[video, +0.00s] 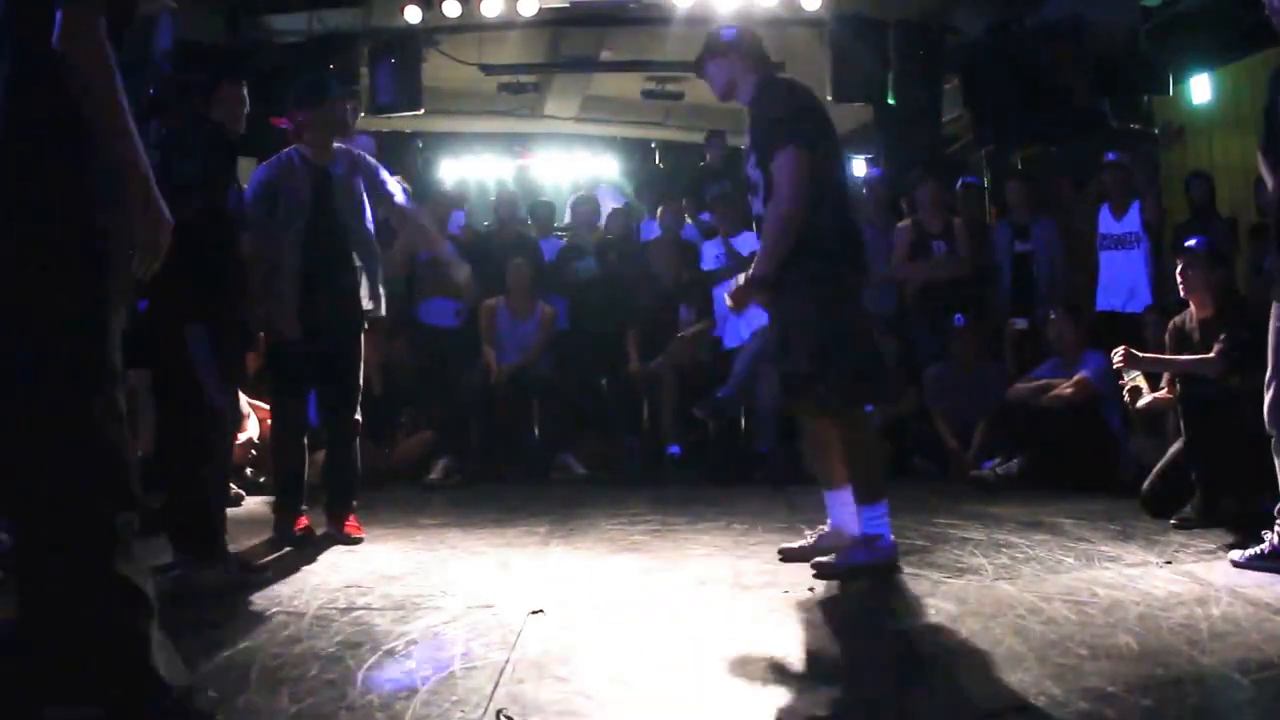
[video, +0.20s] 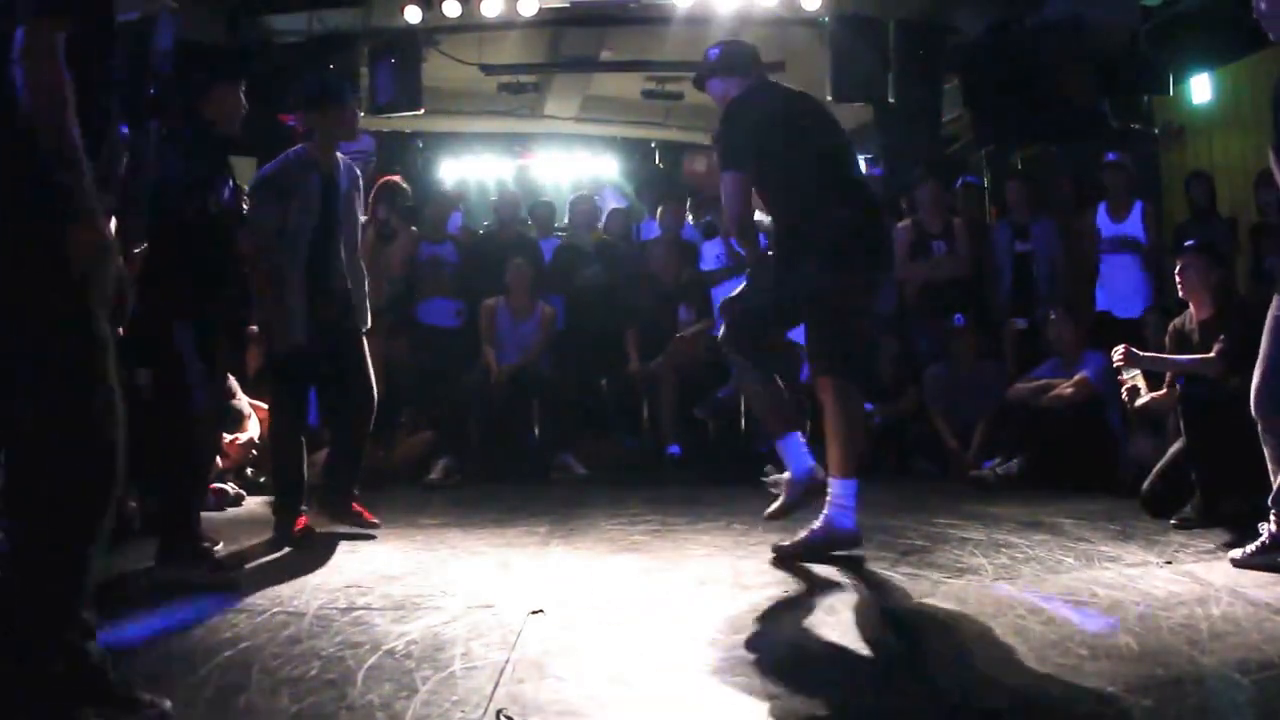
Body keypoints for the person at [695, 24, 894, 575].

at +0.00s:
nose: (713, 84)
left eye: (715, 70)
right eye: (708, 77)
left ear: (742, 55)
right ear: (729, 68)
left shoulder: (780, 99)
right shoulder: (772, 106)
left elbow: (790, 196)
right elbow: (788, 203)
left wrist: (759, 274)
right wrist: (758, 272)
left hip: (821, 277)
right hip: (809, 277)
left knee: (834, 401)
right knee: (820, 400)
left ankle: (867, 534)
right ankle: (845, 526)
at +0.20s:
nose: (710, 99)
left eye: (709, 89)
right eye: (707, 91)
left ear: (722, 81)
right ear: (758, 72)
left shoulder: (738, 116)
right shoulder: (809, 104)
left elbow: (735, 222)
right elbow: (831, 184)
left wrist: (759, 253)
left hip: (812, 250)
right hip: (863, 245)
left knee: (740, 334)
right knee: (833, 373)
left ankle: (798, 466)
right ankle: (842, 517)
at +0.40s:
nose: (741, 112)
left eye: (742, 104)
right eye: (740, 105)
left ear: (752, 100)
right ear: (789, 93)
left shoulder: (748, 148)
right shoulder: (831, 133)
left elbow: (733, 245)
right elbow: (840, 211)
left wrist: (745, 272)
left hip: (781, 283)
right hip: (837, 276)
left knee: (785, 394)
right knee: (821, 392)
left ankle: (812, 510)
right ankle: (806, 511)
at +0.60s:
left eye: (767, 84)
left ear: (766, 85)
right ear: (817, 87)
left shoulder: (740, 121)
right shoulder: (842, 125)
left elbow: (705, 217)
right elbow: (869, 210)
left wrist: (740, 245)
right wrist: (852, 254)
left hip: (766, 274)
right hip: (831, 276)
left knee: (771, 378)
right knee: (826, 398)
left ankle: (768, 483)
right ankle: (822, 530)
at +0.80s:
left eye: (764, 57)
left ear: (758, 60)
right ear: (808, 59)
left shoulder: (734, 100)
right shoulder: (835, 93)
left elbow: (712, 208)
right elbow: (862, 184)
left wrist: (730, 246)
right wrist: (848, 226)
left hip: (758, 255)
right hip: (825, 253)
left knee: (757, 376)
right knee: (824, 387)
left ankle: (800, 406)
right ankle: (827, 526)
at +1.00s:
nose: (716, 71)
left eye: (716, 63)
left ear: (718, 62)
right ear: (772, 58)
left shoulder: (701, 102)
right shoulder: (808, 91)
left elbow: (679, 208)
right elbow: (826, 185)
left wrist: (675, 272)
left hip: (739, 284)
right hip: (819, 278)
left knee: (747, 427)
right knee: (842, 413)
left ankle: (764, 595)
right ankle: (878, 565)